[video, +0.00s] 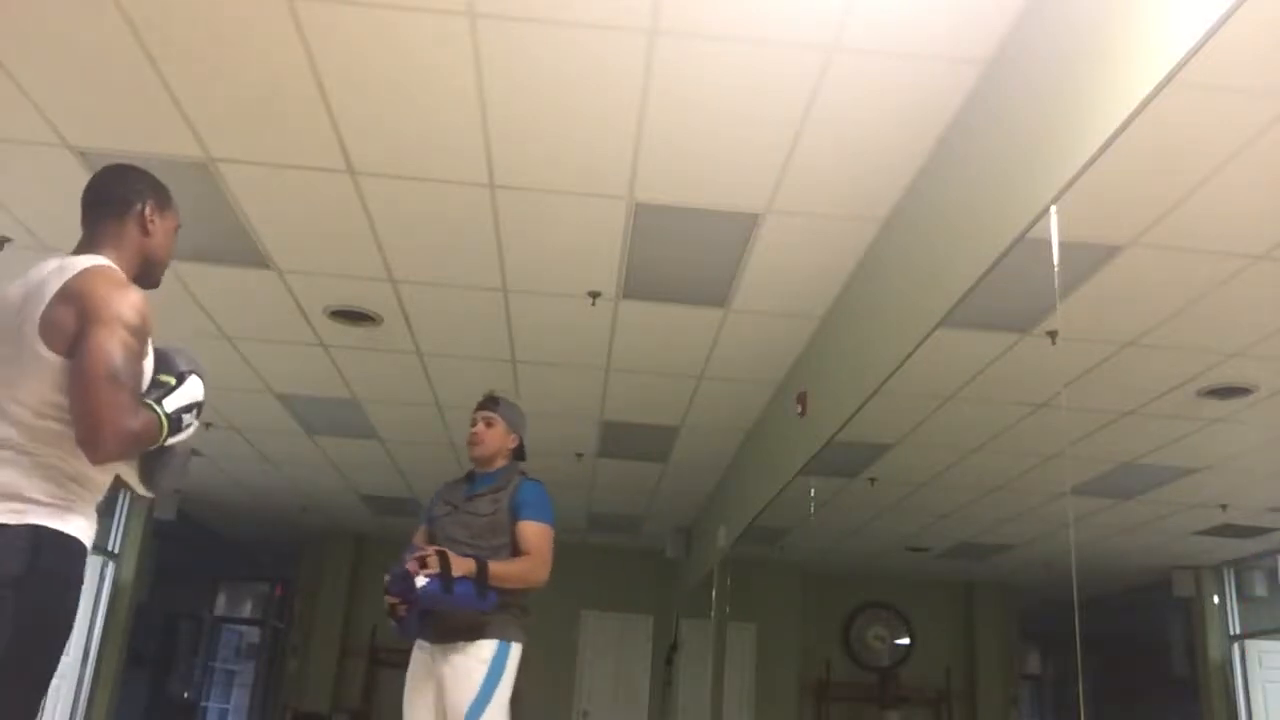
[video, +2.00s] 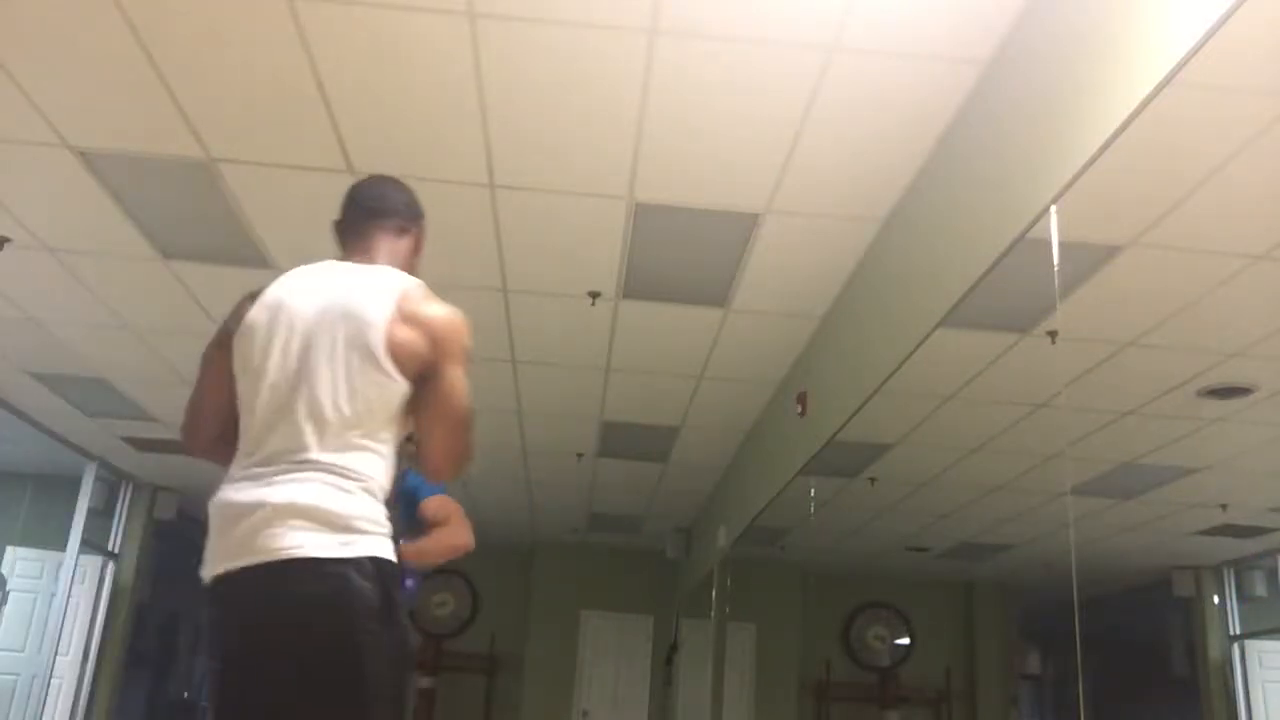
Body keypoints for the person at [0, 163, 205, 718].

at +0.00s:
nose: (172, 251)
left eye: (174, 234)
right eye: (172, 231)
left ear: (92, 219)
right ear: (146, 217)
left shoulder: (29, 282)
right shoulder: (113, 293)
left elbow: (34, 413)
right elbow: (106, 436)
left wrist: (137, 395)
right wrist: (171, 413)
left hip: (3, 526)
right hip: (36, 539)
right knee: (14, 704)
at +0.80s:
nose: (223, 258)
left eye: (225, 242)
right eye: (225, 240)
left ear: (147, 228)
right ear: (204, 229)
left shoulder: (77, 302)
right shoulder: (175, 295)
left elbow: (40, 435)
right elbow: (174, 439)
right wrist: (234, 412)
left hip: (24, 547)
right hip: (94, 551)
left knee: (31, 707)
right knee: (102, 706)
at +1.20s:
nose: (269, 240)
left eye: (271, 223)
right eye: (271, 221)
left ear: (187, 208)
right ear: (255, 210)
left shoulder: (106, 282)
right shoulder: (238, 280)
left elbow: (61, 417)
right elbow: (264, 436)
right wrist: (297, 391)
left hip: (63, 538)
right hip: (148, 543)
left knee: (60, 706)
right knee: (133, 706)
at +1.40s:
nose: (288, 255)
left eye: (288, 244)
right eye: (289, 241)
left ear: (207, 233)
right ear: (278, 232)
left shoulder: (141, 305)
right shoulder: (273, 282)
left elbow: (107, 444)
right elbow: (307, 434)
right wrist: (326, 399)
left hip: (104, 554)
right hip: (183, 555)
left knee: (107, 707)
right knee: (158, 708)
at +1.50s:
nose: (303, 261)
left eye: (303, 252)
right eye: (304, 250)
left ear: (221, 246)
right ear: (291, 241)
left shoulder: (161, 317)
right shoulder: (292, 281)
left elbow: (138, 447)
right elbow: (324, 415)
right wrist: (329, 436)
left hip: (132, 558)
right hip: (219, 556)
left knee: (140, 711)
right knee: (237, 710)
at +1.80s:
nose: (361, 256)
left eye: (359, 245)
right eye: (363, 242)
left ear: (286, 235)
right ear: (357, 235)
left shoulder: (220, 313)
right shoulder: (358, 287)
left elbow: (180, 451)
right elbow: (398, 431)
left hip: (186, 566)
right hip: (289, 560)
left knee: (173, 710)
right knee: (310, 709)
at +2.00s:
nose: (416, 255)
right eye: (417, 242)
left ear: (339, 233)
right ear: (415, 237)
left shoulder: (255, 304)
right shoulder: (432, 317)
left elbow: (203, 434)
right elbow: (443, 460)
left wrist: (285, 459)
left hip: (237, 571)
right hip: (342, 567)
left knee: (244, 710)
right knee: (361, 709)